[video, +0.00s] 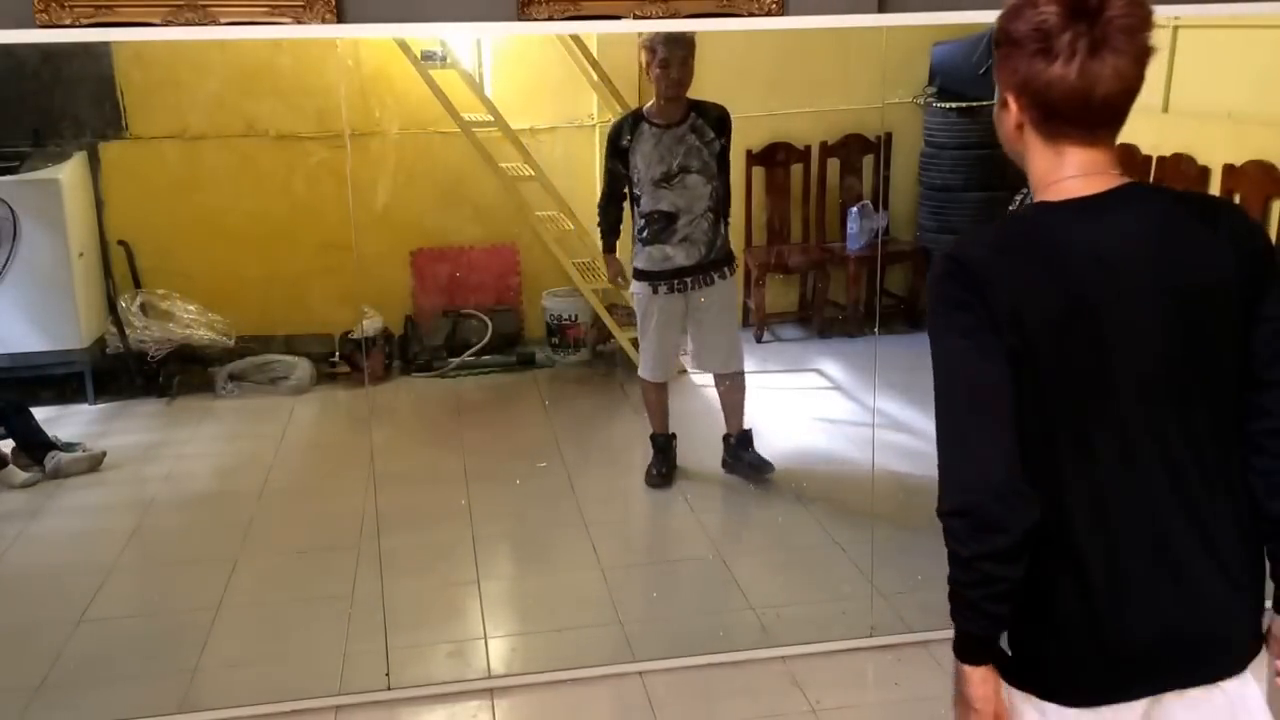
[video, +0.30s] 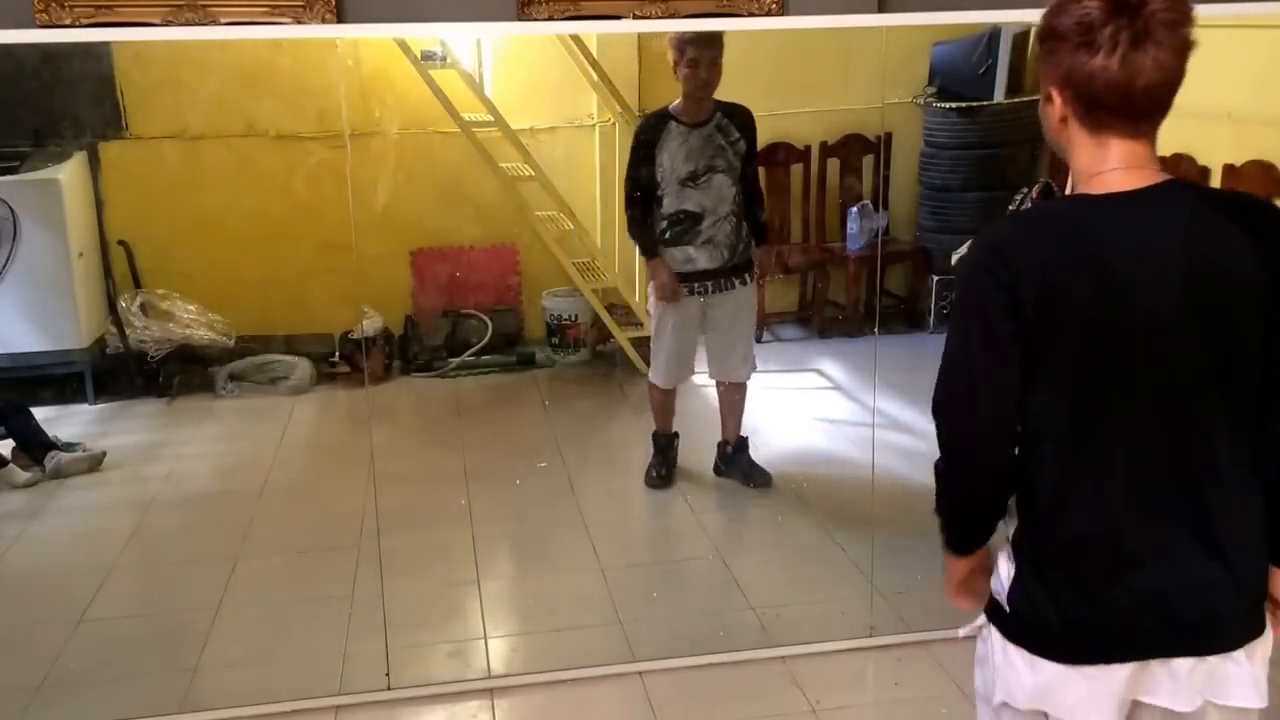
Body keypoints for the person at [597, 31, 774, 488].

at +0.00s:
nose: (673, 73)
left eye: (681, 63)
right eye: (663, 65)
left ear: (693, 66)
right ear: (646, 68)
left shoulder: (716, 119)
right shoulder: (625, 132)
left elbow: (723, 186)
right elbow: (611, 196)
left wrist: (722, 241)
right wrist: (610, 251)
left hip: (713, 267)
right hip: (655, 273)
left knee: (728, 362)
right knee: (654, 368)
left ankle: (736, 446)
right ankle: (662, 449)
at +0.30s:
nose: (698, 72)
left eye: (708, 64)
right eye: (689, 64)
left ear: (720, 68)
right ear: (675, 67)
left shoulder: (739, 121)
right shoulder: (653, 128)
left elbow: (750, 187)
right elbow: (637, 200)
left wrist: (761, 245)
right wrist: (654, 263)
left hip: (733, 271)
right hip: (675, 275)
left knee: (735, 366)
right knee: (665, 369)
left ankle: (732, 451)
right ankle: (663, 447)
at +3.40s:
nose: (692, 115)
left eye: (702, 106)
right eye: (685, 105)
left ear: (715, 94)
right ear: (671, 90)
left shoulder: (733, 128)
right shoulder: (641, 134)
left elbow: (741, 202)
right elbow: (632, 213)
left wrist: (721, 263)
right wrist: (670, 268)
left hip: (720, 278)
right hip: (656, 279)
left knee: (731, 372)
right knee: (639, 376)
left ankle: (736, 456)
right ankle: (628, 466)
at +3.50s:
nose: (693, 114)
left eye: (702, 106)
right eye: (686, 105)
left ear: (716, 93)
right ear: (672, 90)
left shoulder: (733, 128)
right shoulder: (641, 134)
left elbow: (740, 201)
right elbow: (633, 212)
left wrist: (721, 261)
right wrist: (670, 268)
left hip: (720, 279)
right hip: (656, 279)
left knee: (730, 374)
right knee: (638, 378)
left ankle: (736, 456)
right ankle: (628, 465)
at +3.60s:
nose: (693, 114)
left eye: (702, 105)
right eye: (685, 105)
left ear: (717, 92)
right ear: (672, 89)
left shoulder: (733, 128)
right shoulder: (640, 135)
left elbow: (740, 202)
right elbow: (632, 214)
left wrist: (720, 262)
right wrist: (671, 269)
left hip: (719, 279)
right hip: (656, 279)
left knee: (730, 373)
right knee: (638, 378)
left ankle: (736, 456)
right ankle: (628, 465)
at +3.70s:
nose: (690, 111)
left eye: (700, 104)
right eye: (683, 102)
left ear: (716, 92)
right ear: (671, 88)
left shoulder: (733, 129)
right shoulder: (640, 135)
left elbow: (740, 203)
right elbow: (631, 213)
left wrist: (722, 261)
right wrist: (671, 268)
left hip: (719, 279)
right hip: (655, 280)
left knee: (731, 373)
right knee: (638, 378)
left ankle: (735, 455)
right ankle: (628, 465)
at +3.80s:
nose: (689, 105)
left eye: (699, 97)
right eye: (682, 96)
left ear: (715, 88)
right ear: (669, 85)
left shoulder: (732, 129)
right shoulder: (640, 135)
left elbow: (740, 204)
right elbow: (631, 212)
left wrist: (721, 261)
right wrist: (669, 266)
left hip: (719, 279)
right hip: (656, 280)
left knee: (731, 373)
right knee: (638, 379)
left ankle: (736, 456)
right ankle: (628, 465)